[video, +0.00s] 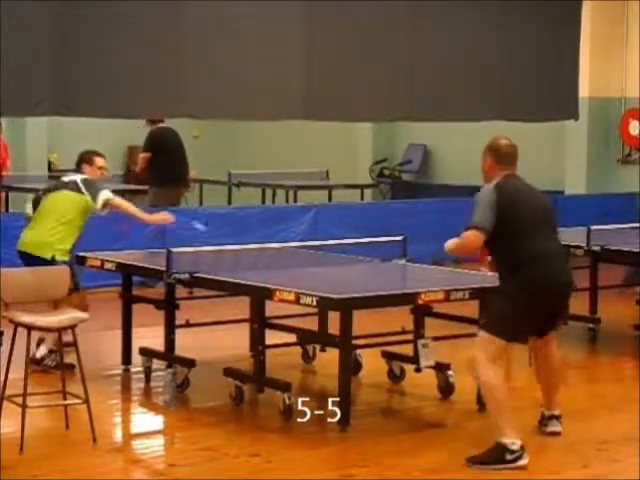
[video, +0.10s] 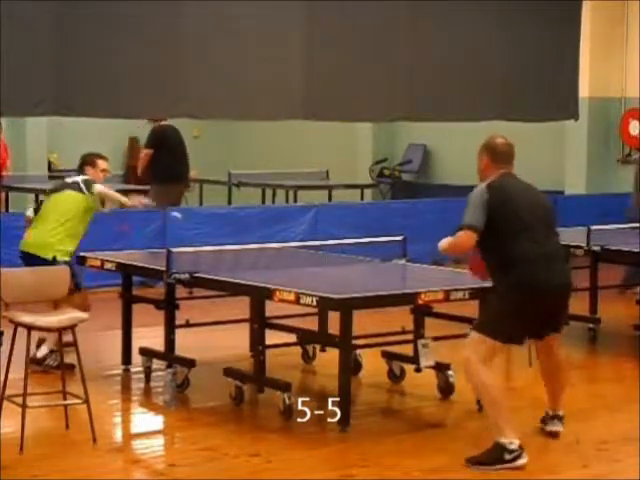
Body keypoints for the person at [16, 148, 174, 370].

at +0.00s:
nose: (105, 174)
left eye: (105, 169)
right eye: (101, 169)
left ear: (80, 169)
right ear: (86, 167)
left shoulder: (57, 183)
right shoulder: (88, 185)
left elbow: (35, 204)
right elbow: (117, 203)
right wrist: (149, 218)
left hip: (26, 248)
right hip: (51, 255)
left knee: (58, 297)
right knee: (79, 303)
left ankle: (49, 341)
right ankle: (46, 350)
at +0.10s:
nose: (106, 177)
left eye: (107, 172)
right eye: (103, 171)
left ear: (83, 171)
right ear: (88, 169)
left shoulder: (60, 185)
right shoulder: (90, 185)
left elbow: (31, 217)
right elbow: (107, 193)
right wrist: (129, 202)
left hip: (28, 250)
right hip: (52, 255)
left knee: (59, 300)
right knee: (80, 303)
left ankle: (42, 347)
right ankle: (48, 350)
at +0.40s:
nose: (104, 139)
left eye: (105, 135)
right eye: (100, 135)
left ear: (104, 136)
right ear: (84, 136)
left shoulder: (103, 157)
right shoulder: (64, 153)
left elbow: (135, 153)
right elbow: (26, 155)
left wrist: (124, 119)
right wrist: (6, 159)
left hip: (85, 228)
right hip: (60, 229)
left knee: (106, 283)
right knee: (59, 290)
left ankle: (100, 333)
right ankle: (39, 346)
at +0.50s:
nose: (100, 142)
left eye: (101, 137)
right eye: (95, 137)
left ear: (101, 138)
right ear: (80, 140)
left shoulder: (103, 164)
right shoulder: (61, 160)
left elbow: (136, 166)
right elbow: (27, 173)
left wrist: (131, 130)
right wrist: (10, 178)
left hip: (92, 232)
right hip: (63, 235)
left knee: (114, 284)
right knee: (58, 292)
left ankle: (124, 337)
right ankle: (40, 347)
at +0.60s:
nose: (98, 139)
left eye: (99, 135)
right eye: (93, 135)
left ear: (101, 138)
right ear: (79, 137)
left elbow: (136, 187)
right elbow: (38, 187)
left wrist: (143, 166)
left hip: (100, 240)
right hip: (70, 239)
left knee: (127, 287)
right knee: (56, 293)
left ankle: (134, 336)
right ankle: (41, 347)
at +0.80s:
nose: (114, 139)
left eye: (116, 134)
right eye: (109, 134)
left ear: (117, 137)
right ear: (95, 136)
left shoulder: (113, 163)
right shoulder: (82, 159)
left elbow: (111, 193)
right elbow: (59, 190)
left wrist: (127, 204)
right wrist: (85, 211)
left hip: (107, 234)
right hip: (80, 235)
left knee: (130, 282)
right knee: (80, 289)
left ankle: (145, 329)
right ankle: (46, 335)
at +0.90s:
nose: (125, 150)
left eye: (126, 145)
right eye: (121, 144)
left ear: (119, 148)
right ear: (107, 145)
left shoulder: (111, 171)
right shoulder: (92, 165)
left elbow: (115, 206)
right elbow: (77, 200)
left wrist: (140, 226)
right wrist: (110, 213)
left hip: (105, 244)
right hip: (81, 246)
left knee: (136, 275)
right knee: (83, 295)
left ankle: (148, 322)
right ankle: (41, 337)